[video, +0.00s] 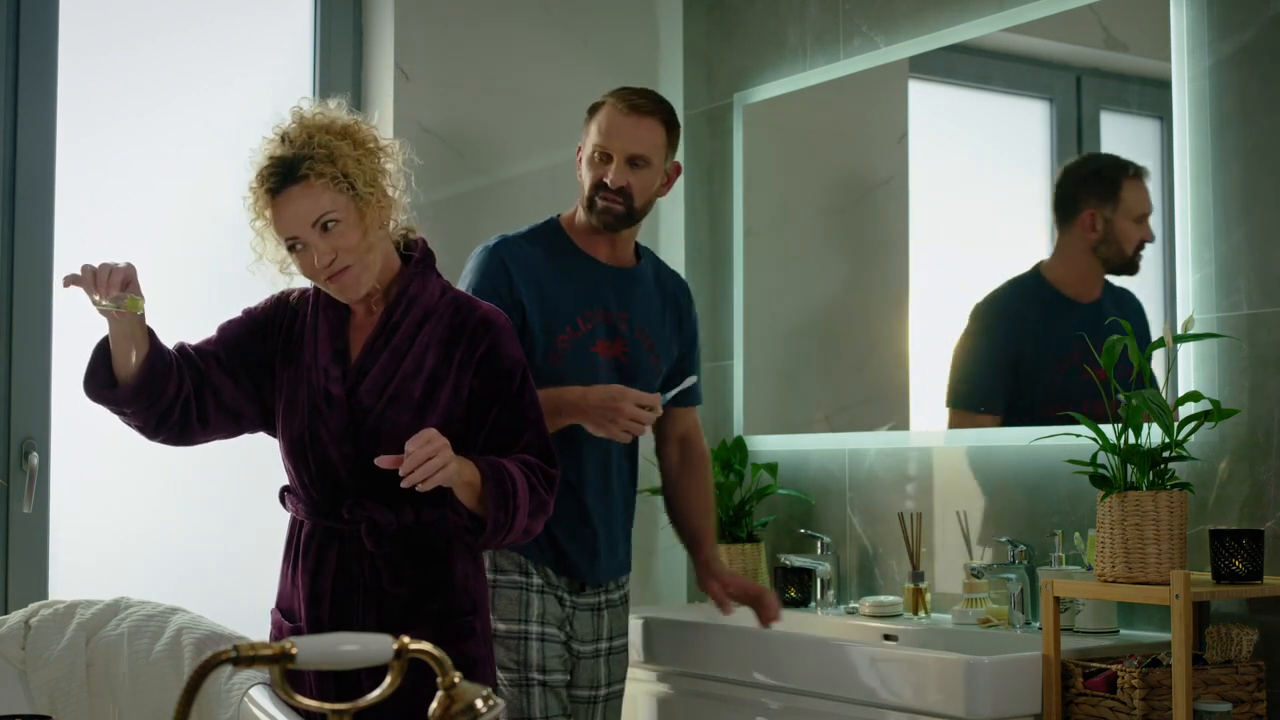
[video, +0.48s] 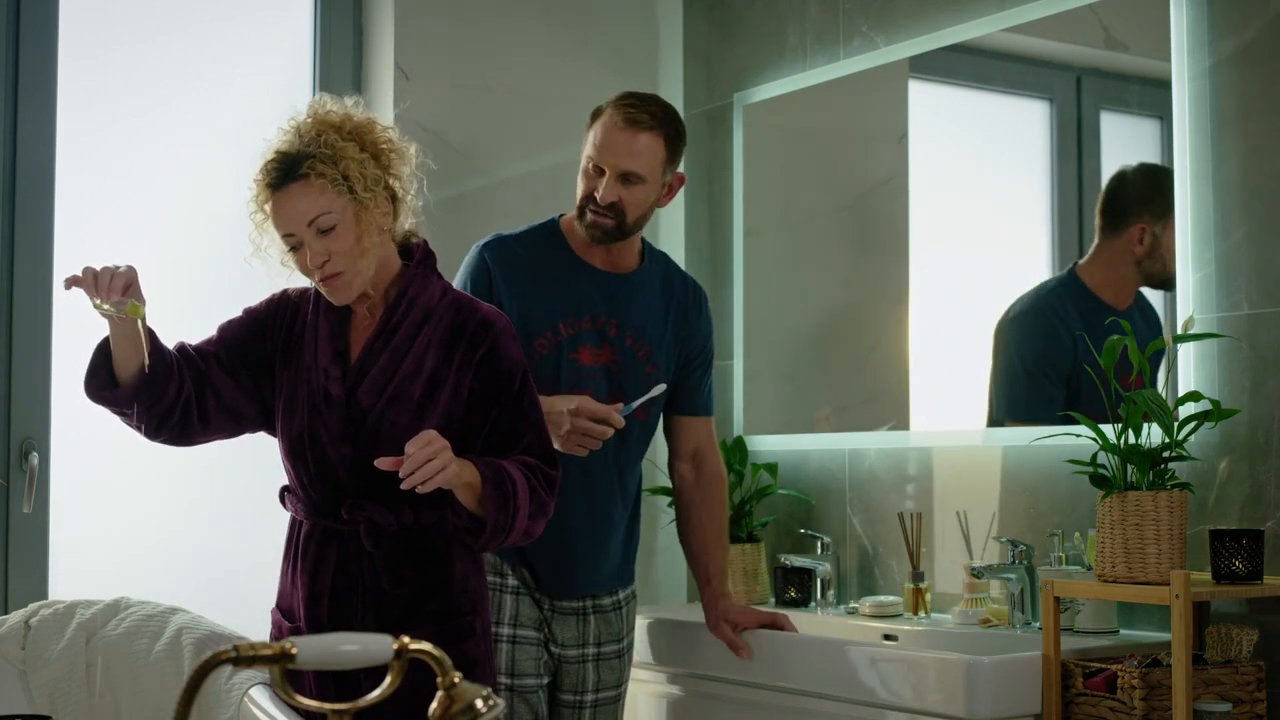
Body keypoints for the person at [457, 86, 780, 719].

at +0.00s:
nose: (613, 178)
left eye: (636, 164)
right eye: (601, 156)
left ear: (668, 178)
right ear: (579, 156)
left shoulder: (668, 295)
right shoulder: (508, 265)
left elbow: (682, 441)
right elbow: (469, 413)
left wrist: (710, 563)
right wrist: (573, 404)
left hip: (604, 566)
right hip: (513, 556)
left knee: (594, 712)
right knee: (523, 714)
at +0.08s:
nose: (609, 178)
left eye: (632, 164)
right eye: (598, 157)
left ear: (667, 178)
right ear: (579, 154)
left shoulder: (672, 296)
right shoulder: (505, 264)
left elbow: (691, 444)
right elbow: (460, 404)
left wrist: (728, 562)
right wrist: (563, 407)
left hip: (605, 568)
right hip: (509, 559)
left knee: (593, 710)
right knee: (518, 713)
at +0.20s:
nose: (605, 178)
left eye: (629, 163)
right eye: (596, 156)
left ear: (665, 178)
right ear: (578, 152)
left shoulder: (677, 297)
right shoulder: (501, 264)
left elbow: (697, 447)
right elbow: (454, 397)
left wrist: (737, 569)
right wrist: (549, 407)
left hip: (605, 572)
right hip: (505, 561)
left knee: (592, 711)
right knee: (508, 713)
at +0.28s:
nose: (603, 179)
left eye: (627, 164)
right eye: (594, 157)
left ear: (666, 179)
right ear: (578, 153)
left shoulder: (678, 298)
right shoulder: (500, 264)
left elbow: (699, 449)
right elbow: (451, 399)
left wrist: (729, 578)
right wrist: (542, 409)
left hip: (604, 568)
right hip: (503, 556)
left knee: (592, 711)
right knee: (506, 712)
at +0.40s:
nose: (601, 187)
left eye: (627, 173)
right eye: (593, 163)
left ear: (667, 183)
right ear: (578, 155)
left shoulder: (679, 300)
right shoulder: (499, 265)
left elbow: (697, 456)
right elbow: (447, 400)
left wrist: (719, 592)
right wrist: (538, 413)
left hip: (602, 574)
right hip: (499, 561)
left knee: (592, 709)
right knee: (503, 712)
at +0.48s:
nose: (602, 193)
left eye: (629, 181)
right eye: (595, 170)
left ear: (669, 188)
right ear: (581, 157)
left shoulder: (680, 302)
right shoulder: (500, 267)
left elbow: (696, 460)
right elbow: (447, 405)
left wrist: (716, 596)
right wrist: (535, 416)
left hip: (601, 577)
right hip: (498, 563)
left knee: (592, 710)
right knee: (502, 713)